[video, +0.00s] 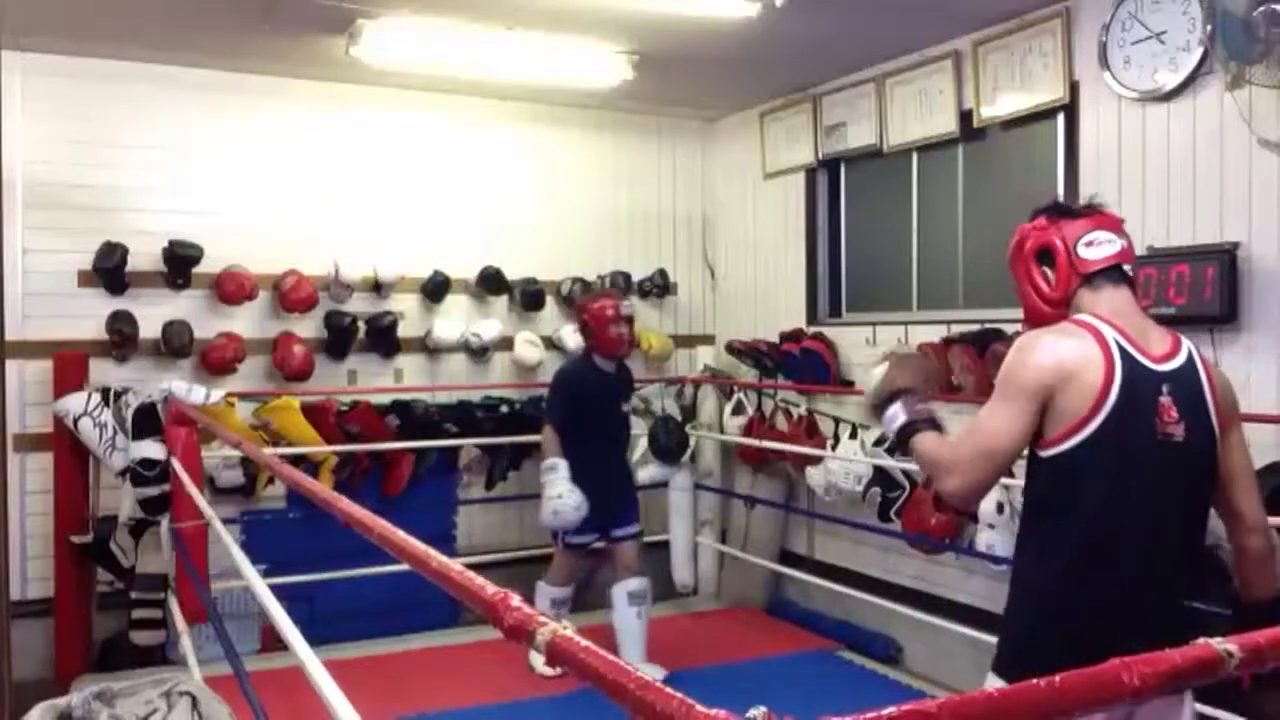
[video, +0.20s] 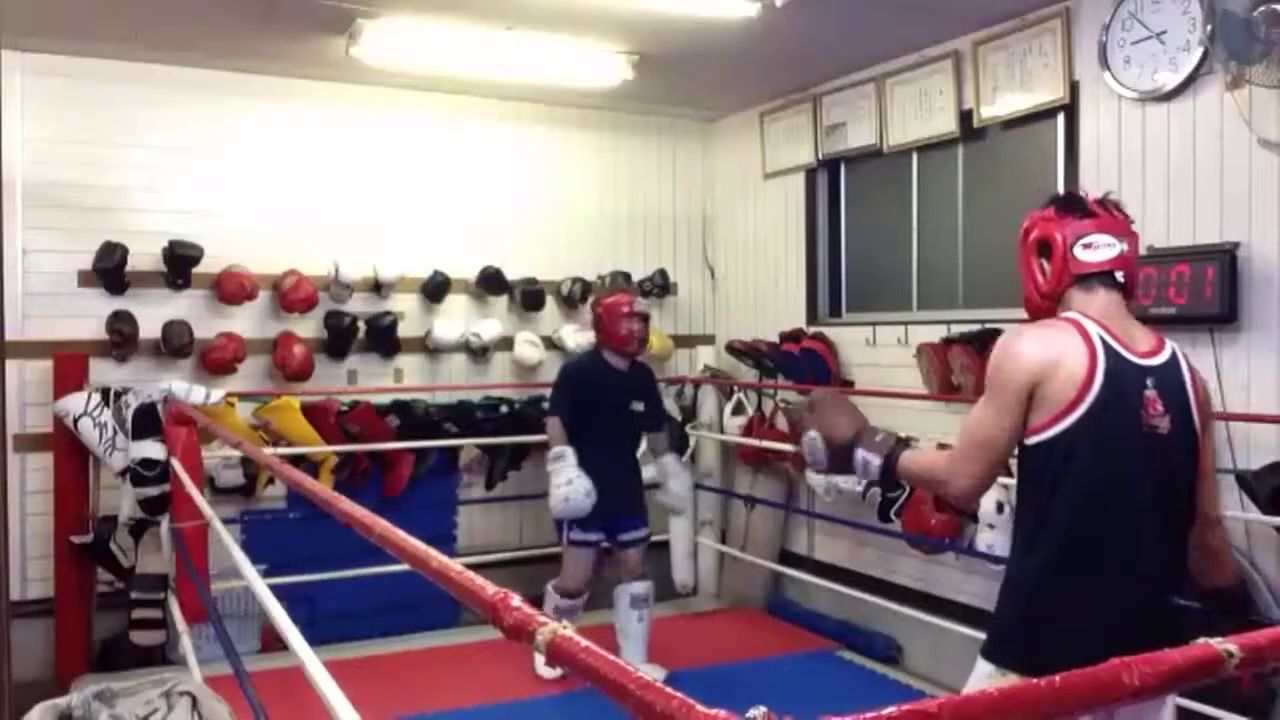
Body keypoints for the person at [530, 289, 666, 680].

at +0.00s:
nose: (622, 331)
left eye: (623, 322)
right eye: (612, 324)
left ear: (626, 326)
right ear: (591, 330)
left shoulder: (622, 375)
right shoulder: (571, 376)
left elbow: (613, 425)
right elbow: (550, 431)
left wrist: (622, 466)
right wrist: (556, 481)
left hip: (618, 478)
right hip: (580, 481)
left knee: (630, 564)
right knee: (566, 565)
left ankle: (634, 661)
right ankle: (542, 646)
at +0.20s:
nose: (637, 329)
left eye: (640, 320)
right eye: (629, 320)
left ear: (643, 325)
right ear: (606, 325)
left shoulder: (642, 375)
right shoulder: (578, 370)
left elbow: (656, 430)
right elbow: (555, 420)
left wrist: (669, 472)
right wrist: (564, 468)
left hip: (626, 479)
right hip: (583, 480)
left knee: (632, 566)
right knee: (576, 576)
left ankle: (634, 662)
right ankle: (550, 645)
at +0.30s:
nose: (639, 330)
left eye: (643, 322)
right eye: (630, 321)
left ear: (646, 326)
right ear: (605, 325)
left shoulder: (647, 375)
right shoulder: (577, 370)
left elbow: (668, 427)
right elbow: (553, 419)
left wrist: (698, 462)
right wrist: (560, 464)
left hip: (627, 483)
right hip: (583, 484)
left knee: (633, 568)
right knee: (573, 576)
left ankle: (635, 660)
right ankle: (554, 658)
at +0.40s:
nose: (631, 327)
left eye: (637, 319)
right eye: (622, 319)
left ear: (643, 325)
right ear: (598, 322)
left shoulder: (647, 374)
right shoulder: (572, 370)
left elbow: (676, 422)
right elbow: (548, 421)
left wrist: (707, 452)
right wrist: (555, 459)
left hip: (626, 485)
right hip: (579, 485)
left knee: (632, 571)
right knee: (567, 574)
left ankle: (634, 662)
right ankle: (556, 668)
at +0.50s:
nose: (621, 328)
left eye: (626, 319)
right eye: (611, 319)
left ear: (631, 326)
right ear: (588, 323)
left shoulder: (641, 374)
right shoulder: (564, 373)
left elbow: (673, 420)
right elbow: (542, 428)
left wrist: (704, 443)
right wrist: (549, 460)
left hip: (625, 491)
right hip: (576, 492)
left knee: (630, 575)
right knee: (564, 581)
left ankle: (634, 664)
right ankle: (547, 674)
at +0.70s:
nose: (579, 327)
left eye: (583, 318)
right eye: (568, 320)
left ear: (592, 323)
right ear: (547, 329)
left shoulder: (612, 371)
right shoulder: (531, 385)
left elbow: (641, 421)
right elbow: (520, 442)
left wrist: (660, 455)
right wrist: (537, 471)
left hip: (613, 499)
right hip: (560, 505)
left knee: (629, 586)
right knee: (553, 596)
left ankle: (634, 663)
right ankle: (542, 694)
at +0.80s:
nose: (557, 332)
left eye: (563, 321)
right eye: (545, 324)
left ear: (573, 324)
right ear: (525, 333)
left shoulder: (598, 370)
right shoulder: (514, 389)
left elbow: (621, 427)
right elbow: (509, 447)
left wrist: (629, 472)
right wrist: (527, 476)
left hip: (603, 497)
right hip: (548, 505)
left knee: (627, 588)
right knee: (546, 596)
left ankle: (634, 661)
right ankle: (541, 695)